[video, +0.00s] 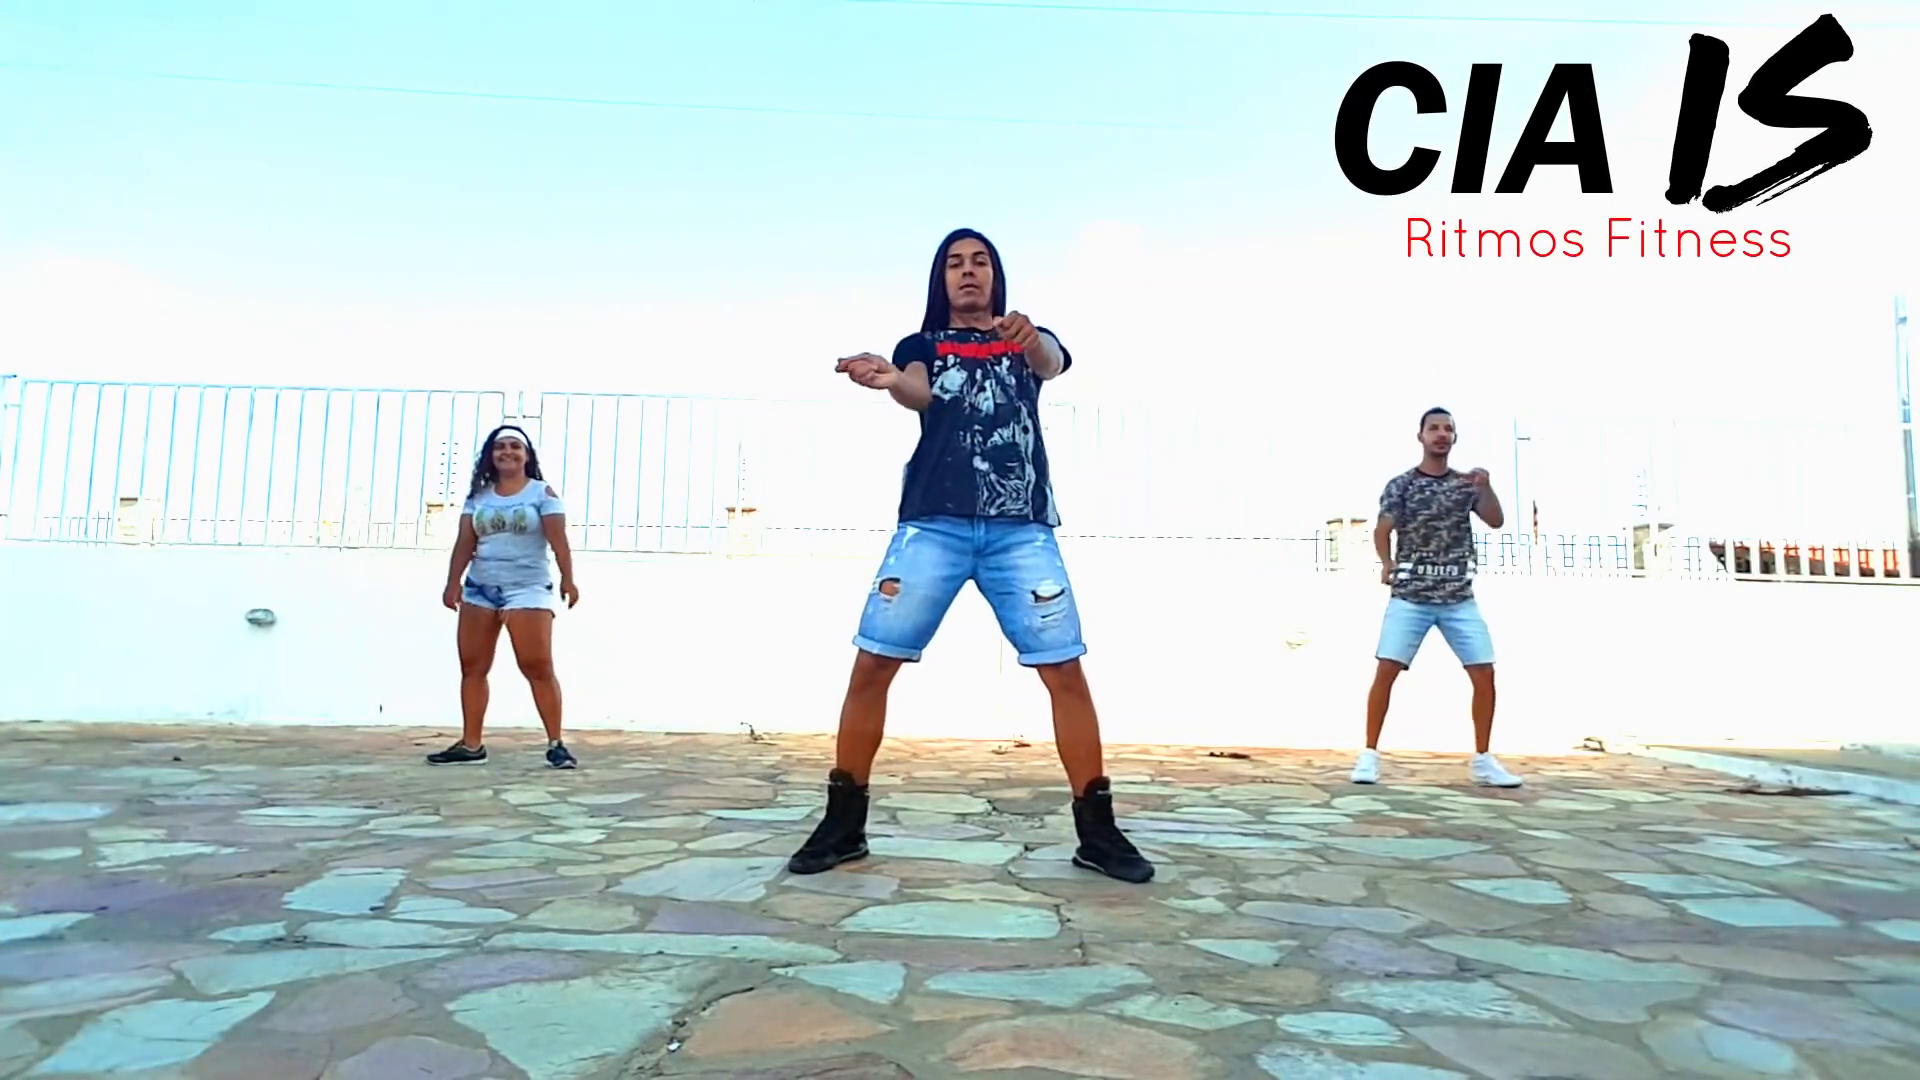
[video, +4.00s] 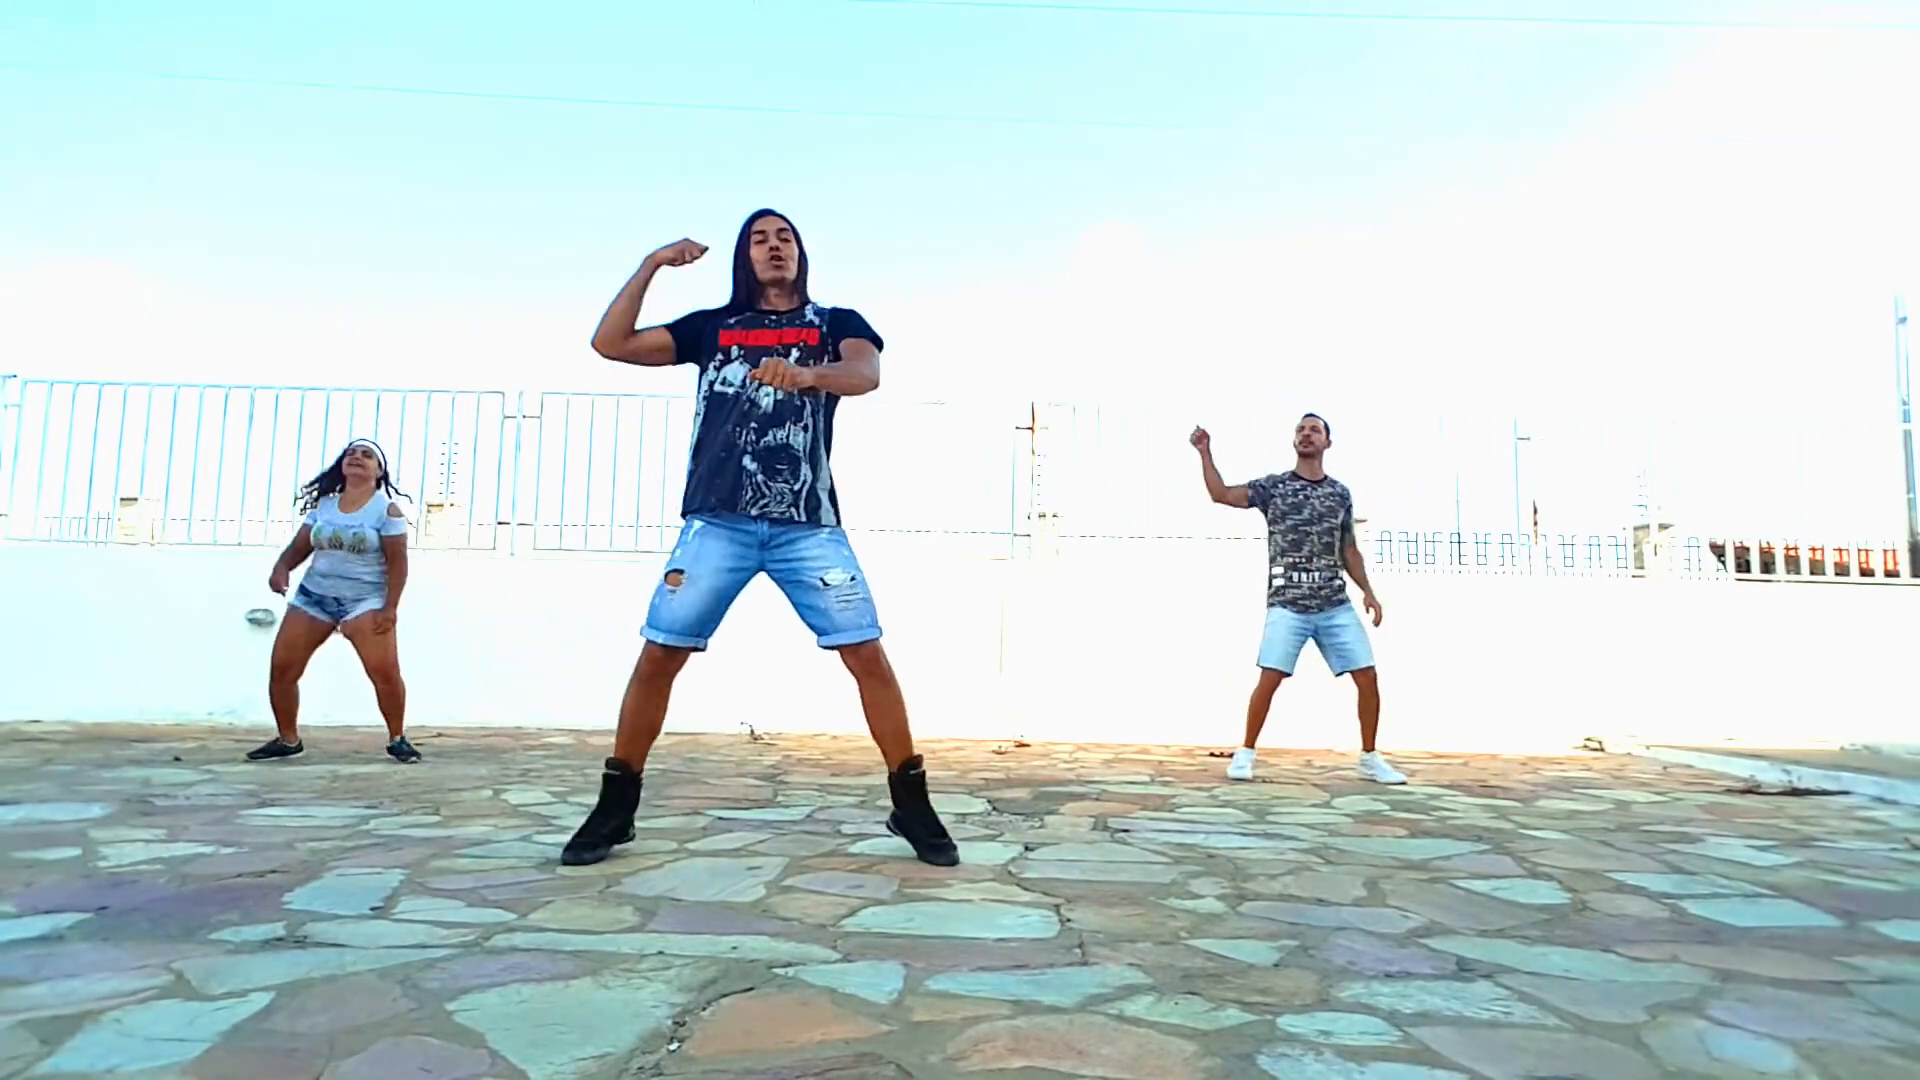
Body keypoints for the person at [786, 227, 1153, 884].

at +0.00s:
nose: (969, 270)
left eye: (980, 261)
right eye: (956, 262)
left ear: (998, 275)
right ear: (939, 279)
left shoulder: (1026, 337)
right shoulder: (921, 345)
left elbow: (1052, 366)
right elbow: (919, 393)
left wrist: (1030, 340)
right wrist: (890, 376)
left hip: (1021, 528)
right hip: (934, 526)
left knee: (1065, 668)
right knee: (873, 664)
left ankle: (1098, 831)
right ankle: (842, 823)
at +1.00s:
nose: (954, 266)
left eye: (967, 255)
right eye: (956, 257)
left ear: (1001, 267)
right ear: (975, 274)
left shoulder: (1055, 335)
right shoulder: (942, 347)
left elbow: (1054, 374)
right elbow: (845, 388)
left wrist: (1005, 386)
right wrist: (765, 336)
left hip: (1018, 534)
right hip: (929, 529)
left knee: (1066, 668)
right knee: (878, 668)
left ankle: (1099, 832)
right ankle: (845, 822)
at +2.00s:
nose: (978, 263)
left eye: (987, 255)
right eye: (963, 260)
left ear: (1008, 277)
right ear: (949, 289)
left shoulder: (1049, 350)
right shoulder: (930, 361)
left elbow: (1063, 414)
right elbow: (878, 445)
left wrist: (1037, 463)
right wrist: (843, 504)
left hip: (1027, 553)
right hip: (935, 550)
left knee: (1088, 680)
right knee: (858, 674)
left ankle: (1122, 825)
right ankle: (837, 821)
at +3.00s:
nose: (787, 280)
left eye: (796, 269)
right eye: (773, 273)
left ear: (814, 283)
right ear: (757, 291)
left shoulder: (839, 355)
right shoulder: (732, 363)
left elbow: (870, 393)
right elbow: (721, 414)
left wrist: (842, 359)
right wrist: (772, 387)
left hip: (828, 557)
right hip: (737, 552)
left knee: (887, 678)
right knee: (660, 672)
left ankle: (924, 812)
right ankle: (642, 813)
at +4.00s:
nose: (773, 244)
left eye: (783, 236)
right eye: (760, 238)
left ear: (801, 256)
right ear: (742, 259)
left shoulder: (838, 321)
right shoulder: (713, 327)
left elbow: (864, 373)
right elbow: (613, 343)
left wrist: (807, 376)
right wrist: (648, 265)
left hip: (808, 525)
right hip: (718, 522)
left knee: (868, 653)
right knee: (659, 655)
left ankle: (912, 802)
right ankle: (615, 806)